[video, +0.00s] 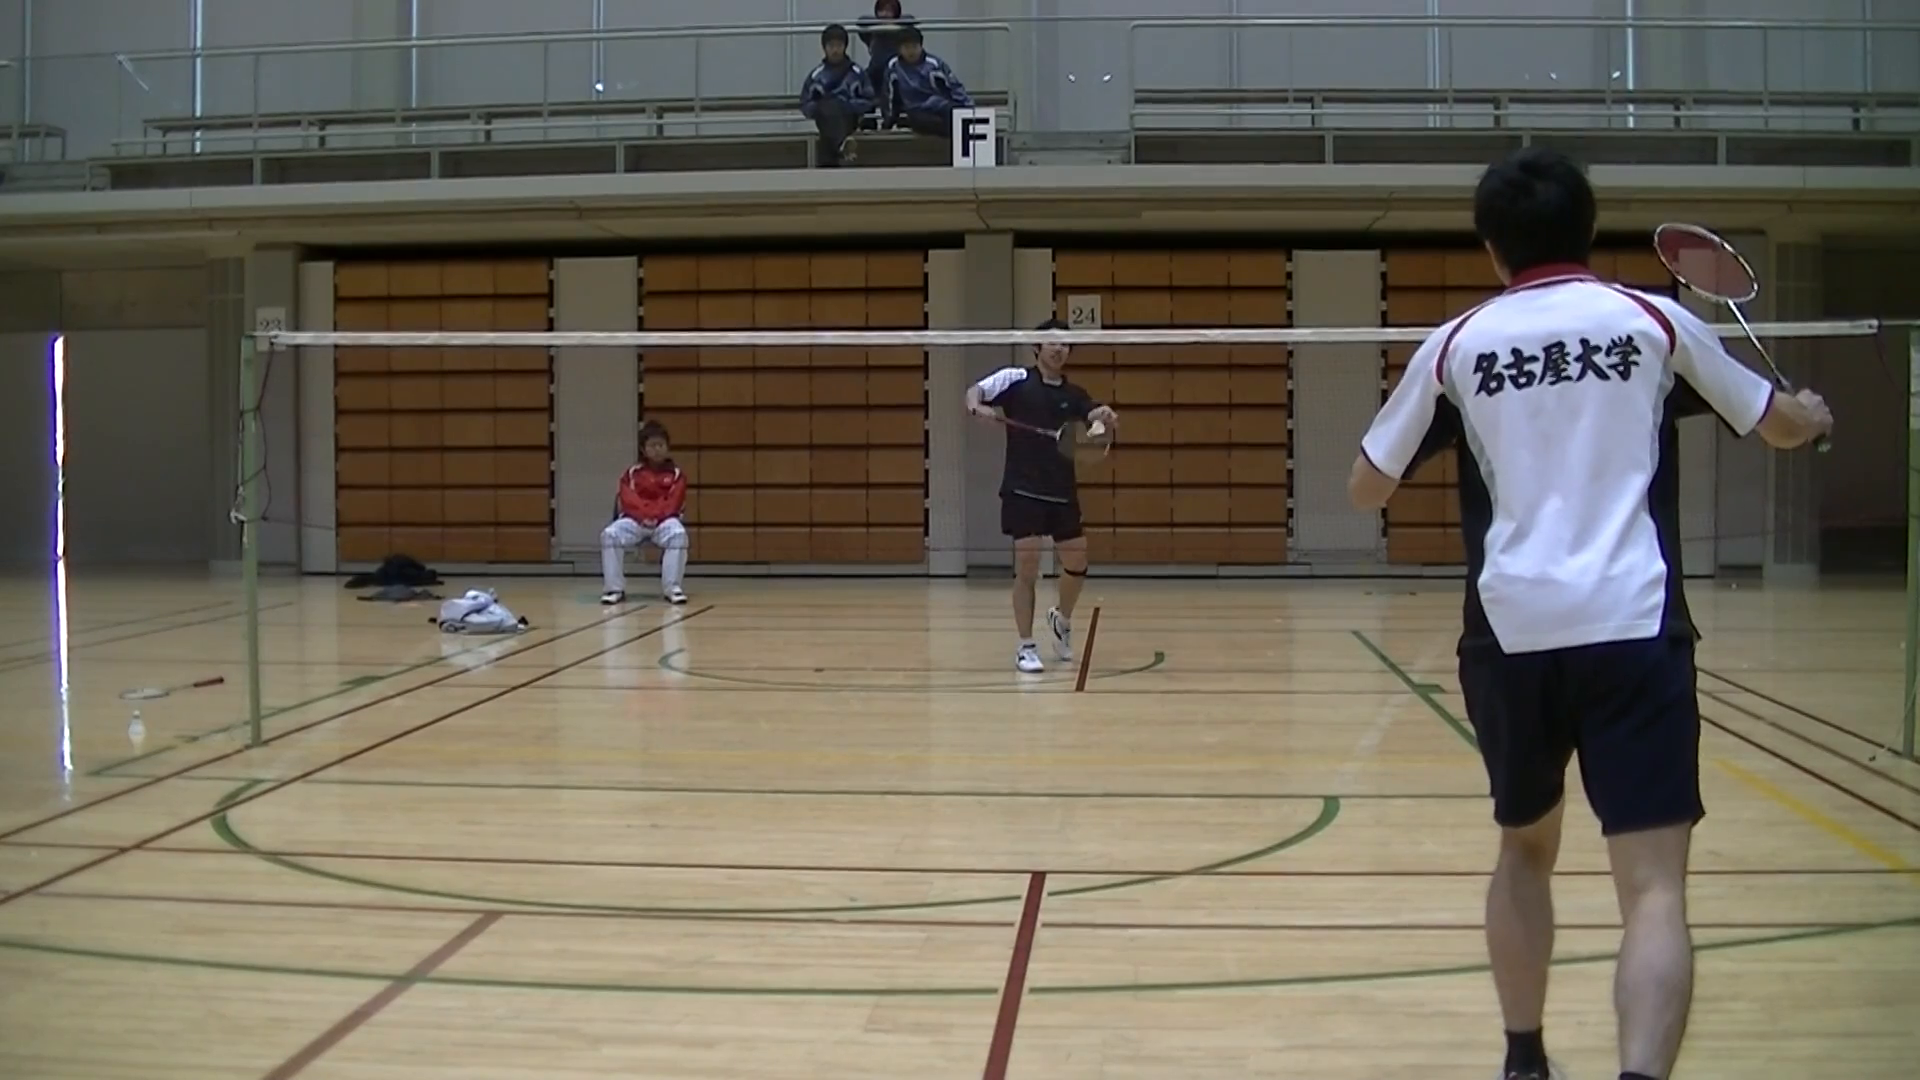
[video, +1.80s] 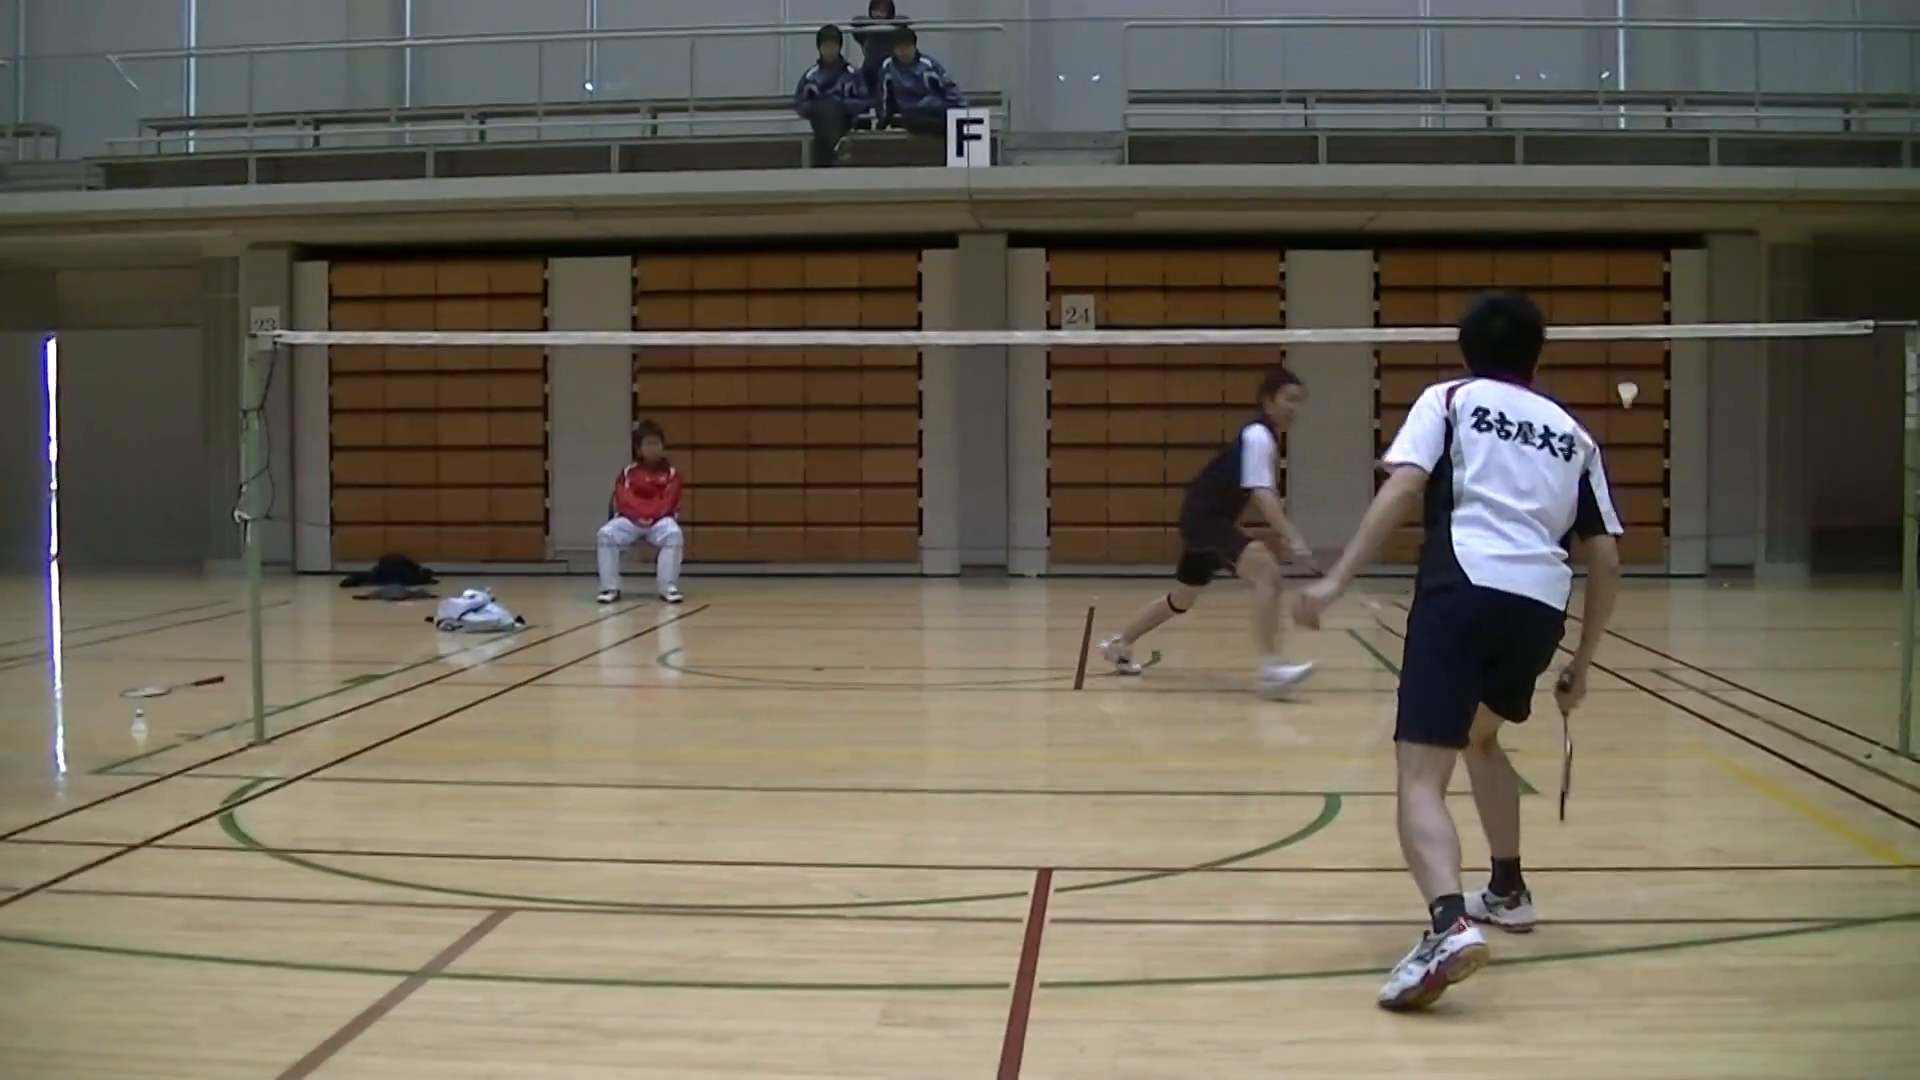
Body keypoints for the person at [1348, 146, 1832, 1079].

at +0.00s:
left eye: (1486, 238)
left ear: (1490, 247)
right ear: (1588, 234)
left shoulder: (1454, 346)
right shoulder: (1654, 320)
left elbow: (1367, 488)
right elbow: (1781, 425)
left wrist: (1415, 410)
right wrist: (1813, 413)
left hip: (1507, 637)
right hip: (1635, 630)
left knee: (1523, 849)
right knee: (1652, 886)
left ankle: (1522, 1059)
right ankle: (1642, 1075)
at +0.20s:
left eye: (1497, 247)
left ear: (1500, 255)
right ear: (1600, 246)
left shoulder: (1463, 347)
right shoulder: (1665, 333)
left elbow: (1379, 506)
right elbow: (1768, 473)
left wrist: (1407, 516)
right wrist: (1775, 474)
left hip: (1506, 642)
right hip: (1633, 638)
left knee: (1502, 841)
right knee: (1656, 896)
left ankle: (1502, 1051)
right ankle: (1658, 1077)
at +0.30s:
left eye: (1501, 296)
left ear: (1502, 306)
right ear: (1598, 296)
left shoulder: (1464, 393)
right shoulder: (1660, 385)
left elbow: (1364, 510)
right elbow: (1745, 512)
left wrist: (1331, 567)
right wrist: (1733, 514)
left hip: (1507, 678)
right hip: (1637, 675)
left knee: (1485, 840)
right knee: (1651, 929)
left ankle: (1499, 1045)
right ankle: (1654, 1078)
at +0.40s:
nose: (1484, 324)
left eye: (1483, 311)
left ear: (1486, 321)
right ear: (1579, 315)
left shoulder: (1446, 403)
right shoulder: (1640, 405)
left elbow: (1317, 494)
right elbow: (1702, 526)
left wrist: (1245, 529)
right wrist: (1660, 515)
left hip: (1494, 688)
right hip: (1623, 685)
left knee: (1479, 869)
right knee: (1639, 915)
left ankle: (1519, 1058)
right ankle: (1658, 1071)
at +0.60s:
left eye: (1460, 316)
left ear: (1465, 323)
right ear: (1553, 323)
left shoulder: (1428, 383)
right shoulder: (1605, 411)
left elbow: (1287, 410)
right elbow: (1644, 539)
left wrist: (1164, 424)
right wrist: (1610, 533)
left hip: (1464, 659)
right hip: (1577, 662)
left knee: (1458, 870)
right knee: (1556, 817)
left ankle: (1514, 1044)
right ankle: (1586, 978)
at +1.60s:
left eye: (1464, 308)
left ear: (1467, 310)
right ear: (1533, 321)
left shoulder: (1454, 351)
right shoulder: (1569, 400)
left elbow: (1373, 410)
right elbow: (1591, 527)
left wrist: (1271, 464)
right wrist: (1570, 593)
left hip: (1466, 559)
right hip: (1543, 579)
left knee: (1435, 741)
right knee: (1473, 715)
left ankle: (1455, 921)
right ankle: (1498, 866)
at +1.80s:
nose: (1462, 362)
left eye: (1463, 351)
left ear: (1467, 354)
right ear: (1535, 360)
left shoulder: (1445, 401)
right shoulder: (1575, 437)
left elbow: (1404, 491)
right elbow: (1605, 562)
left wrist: (1335, 579)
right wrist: (1582, 659)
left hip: (1459, 598)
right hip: (1540, 612)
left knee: (1420, 781)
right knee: (1484, 740)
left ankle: (1449, 924)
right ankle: (1508, 890)